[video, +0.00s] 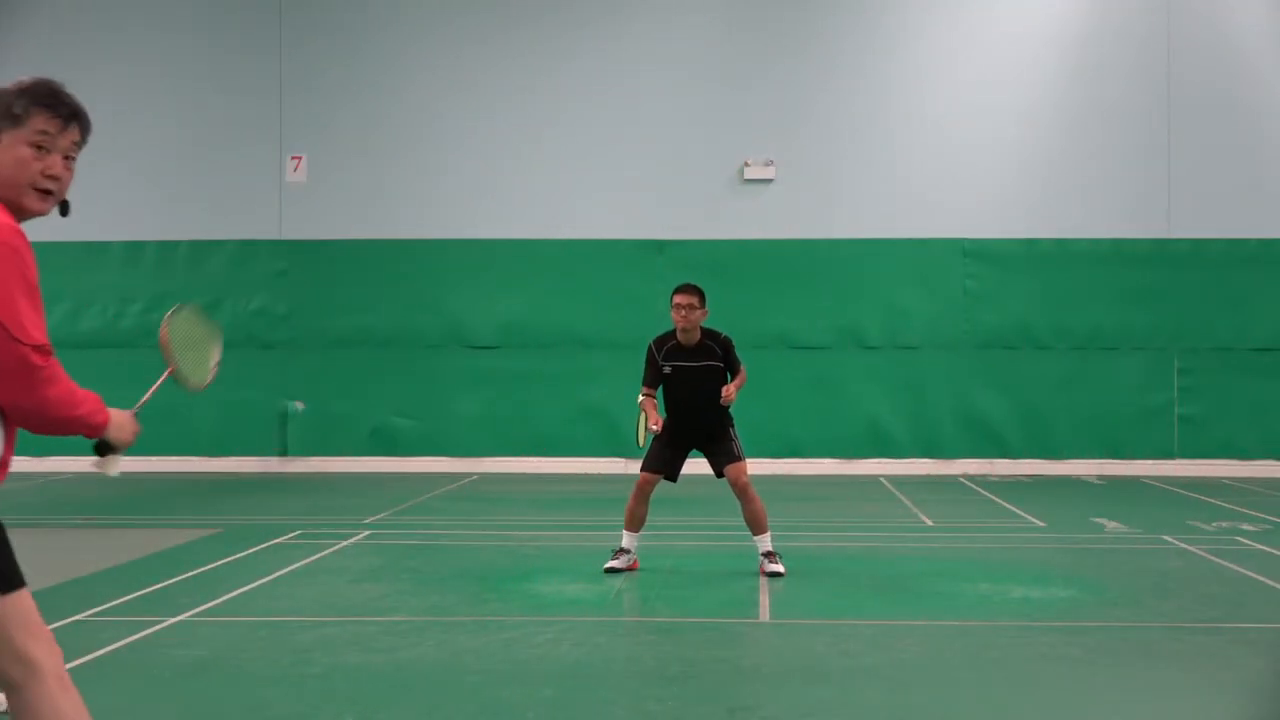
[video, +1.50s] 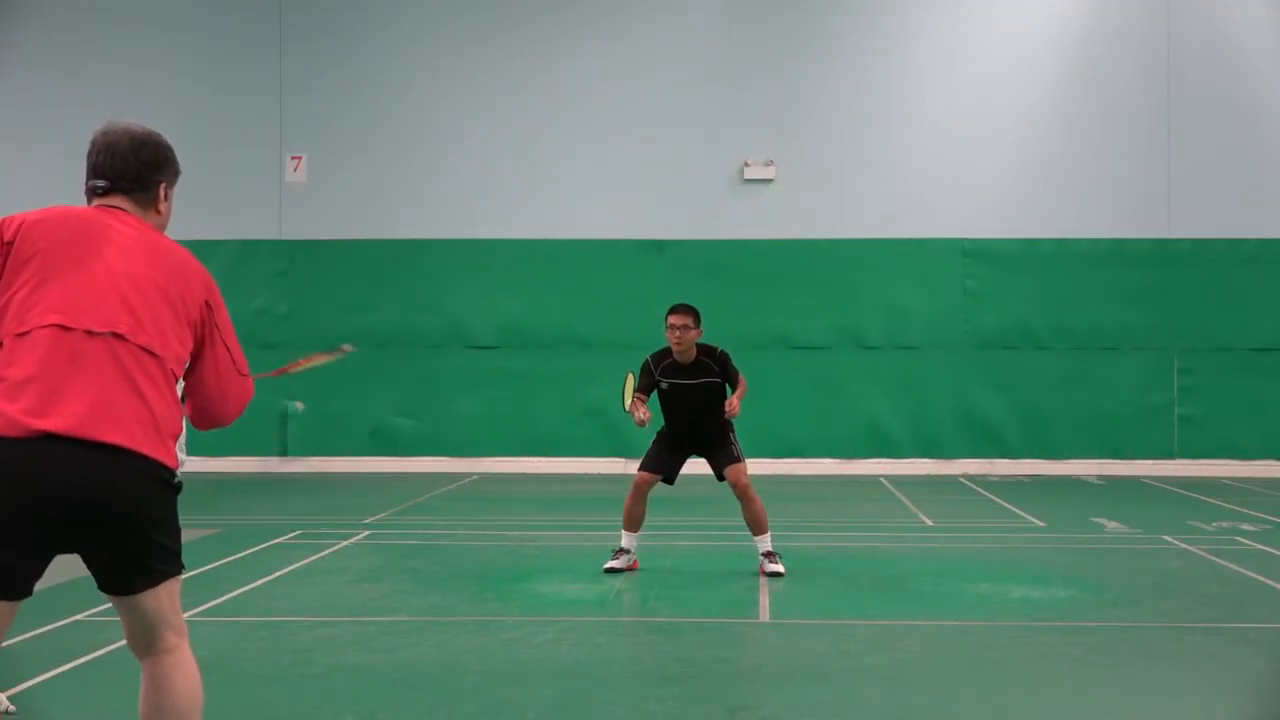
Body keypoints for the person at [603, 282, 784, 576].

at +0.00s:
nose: (682, 313)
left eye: (689, 308)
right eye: (677, 307)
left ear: (703, 313)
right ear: (671, 311)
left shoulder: (721, 344)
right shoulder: (659, 347)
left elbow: (739, 373)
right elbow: (648, 393)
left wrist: (734, 387)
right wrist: (652, 413)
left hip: (716, 425)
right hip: (675, 425)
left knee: (741, 482)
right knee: (644, 482)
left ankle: (767, 553)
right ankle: (627, 551)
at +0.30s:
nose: (683, 310)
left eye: (690, 306)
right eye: (678, 305)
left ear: (703, 311)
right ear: (671, 309)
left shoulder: (721, 342)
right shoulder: (659, 345)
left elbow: (739, 373)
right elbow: (649, 393)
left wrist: (731, 386)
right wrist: (654, 418)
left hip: (715, 424)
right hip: (675, 424)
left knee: (740, 482)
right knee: (644, 482)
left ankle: (767, 553)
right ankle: (627, 551)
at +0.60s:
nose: (680, 316)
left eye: (687, 311)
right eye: (675, 311)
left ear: (700, 316)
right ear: (669, 314)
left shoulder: (719, 346)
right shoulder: (658, 350)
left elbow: (740, 376)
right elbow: (646, 394)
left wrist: (733, 388)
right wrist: (649, 416)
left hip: (716, 426)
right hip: (675, 426)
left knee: (741, 482)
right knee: (643, 482)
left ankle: (767, 553)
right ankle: (627, 551)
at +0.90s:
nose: (678, 330)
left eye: (685, 324)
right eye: (672, 324)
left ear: (698, 328)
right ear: (666, 328)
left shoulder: (716, 355)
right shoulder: (657, 360)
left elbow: (739, 380)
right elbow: (639, 396)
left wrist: (736, 395)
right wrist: (641, 408)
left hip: (717, 430)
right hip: (676, 431)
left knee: (741, 483)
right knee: (642, 483)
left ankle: (767, 553)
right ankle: (626, 551)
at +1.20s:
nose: (677, 334)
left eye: (684, 329)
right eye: (672, 328)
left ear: (697, 332)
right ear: (666, 331)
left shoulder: (716, 358)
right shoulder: (656, 363)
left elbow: (740, 382)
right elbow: (639, 397)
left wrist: (737, 398)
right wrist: (640, 411)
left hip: (716, 433)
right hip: (675, 434)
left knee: (741, 484)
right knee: (641, 483)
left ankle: (767, 553)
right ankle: (626, 551)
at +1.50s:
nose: (677, 334)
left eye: (684, 328)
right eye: (672, 328)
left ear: (697, 332)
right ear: (666, 331)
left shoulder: (716, 358)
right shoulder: (656, 363)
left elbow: (740, 382)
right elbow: (638, 398)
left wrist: (737, 398)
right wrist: (640, 412)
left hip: (716, 434)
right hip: (674, 435)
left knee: (741, 484)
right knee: (640, 483)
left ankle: (767, 553)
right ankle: (626, 551)